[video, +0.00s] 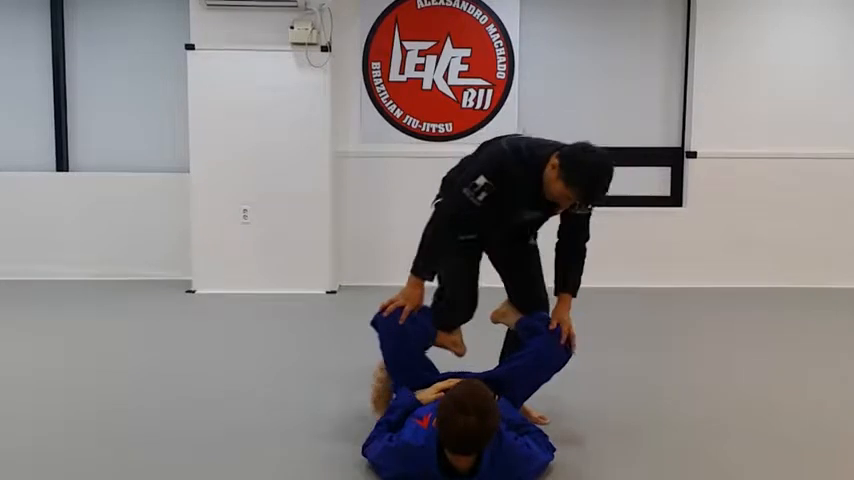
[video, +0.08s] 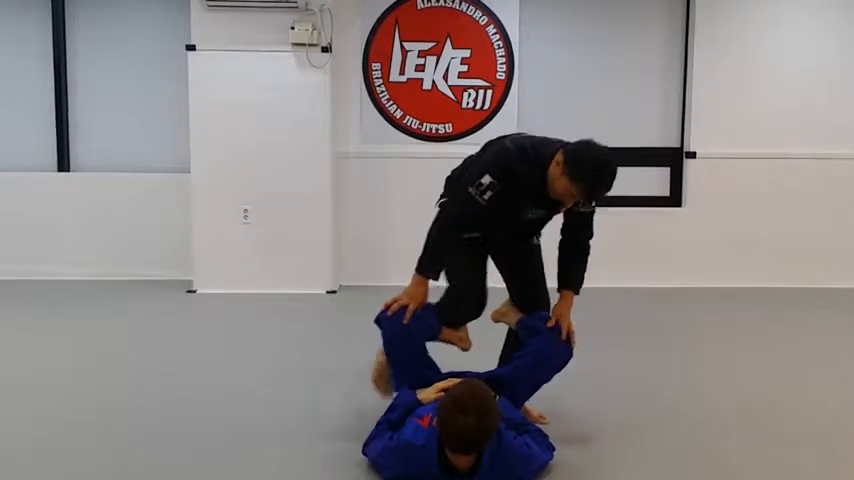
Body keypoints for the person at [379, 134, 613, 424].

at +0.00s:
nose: (566, 207)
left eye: (576, 203)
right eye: (566, 196)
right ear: (553, 167)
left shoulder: (581, 183)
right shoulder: (501, 160)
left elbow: (573, 239)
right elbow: (446, 215)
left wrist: (564, 304)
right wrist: (416, 283)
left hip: (513, 229)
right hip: (464, 221)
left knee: (534, 311)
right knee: (458, 308)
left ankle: (509, 398)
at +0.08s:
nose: (570, 204)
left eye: (580, 200)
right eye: (570, 193)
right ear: (557, 165)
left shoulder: (583, 181)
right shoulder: (506, 158)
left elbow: (577, 237)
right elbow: (451, 214)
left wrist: (566, 302)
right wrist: (420, 280)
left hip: (517, 230)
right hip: (468, 221)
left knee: (535, 312)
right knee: (468, 302)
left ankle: (508, 397)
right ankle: (399, 342)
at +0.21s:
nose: (575, 198)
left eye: (584, 194)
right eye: (574, 187)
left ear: (595, 189)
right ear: (563, 160)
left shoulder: (587, 180)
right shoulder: (513, 156)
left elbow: (580, 233)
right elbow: (458, 213)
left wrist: (571, 292)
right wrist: (425, 281)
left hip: (520, 231)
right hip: (472, 220)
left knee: (535, 311)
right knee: (483, 295)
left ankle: (508, 398)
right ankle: (403, 318)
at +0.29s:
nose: (576, 196)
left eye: (585, 192)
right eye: (575, 185)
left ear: (596, 187)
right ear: (564, 157)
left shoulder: (589, 180)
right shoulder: (515, 155)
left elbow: (582, 231)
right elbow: (459, 212)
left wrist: (573, 290)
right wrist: (427, 281)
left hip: (523, 232)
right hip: (475, 220)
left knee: (536, 315)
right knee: (489, 293)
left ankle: (508, 398)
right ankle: (416, 305)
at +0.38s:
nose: (577, 193)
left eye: (586, 189)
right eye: (576, 182)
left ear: (598, 183)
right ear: (566, 154)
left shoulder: (588, 175)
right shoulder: (517, 153)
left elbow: (584, 228)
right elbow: (462, 211)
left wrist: (575, 286)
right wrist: (430, 279)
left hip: (526, 234)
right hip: (478, 223)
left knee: (538, 316)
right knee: (502, 295)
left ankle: (510, 399)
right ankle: (431, 291)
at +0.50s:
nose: (580, 189)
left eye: (589, 185)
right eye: (579, 179)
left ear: (600, 180)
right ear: (567, 149)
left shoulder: (588, 173)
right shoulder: (518, 153)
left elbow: (584, 220)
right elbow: (465, 209)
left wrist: (578, 280)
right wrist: (432, 279)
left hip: (526, 236)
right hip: (481, 230)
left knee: (543, 318)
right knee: (513, 303)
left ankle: (510, 396)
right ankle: (453, 305)